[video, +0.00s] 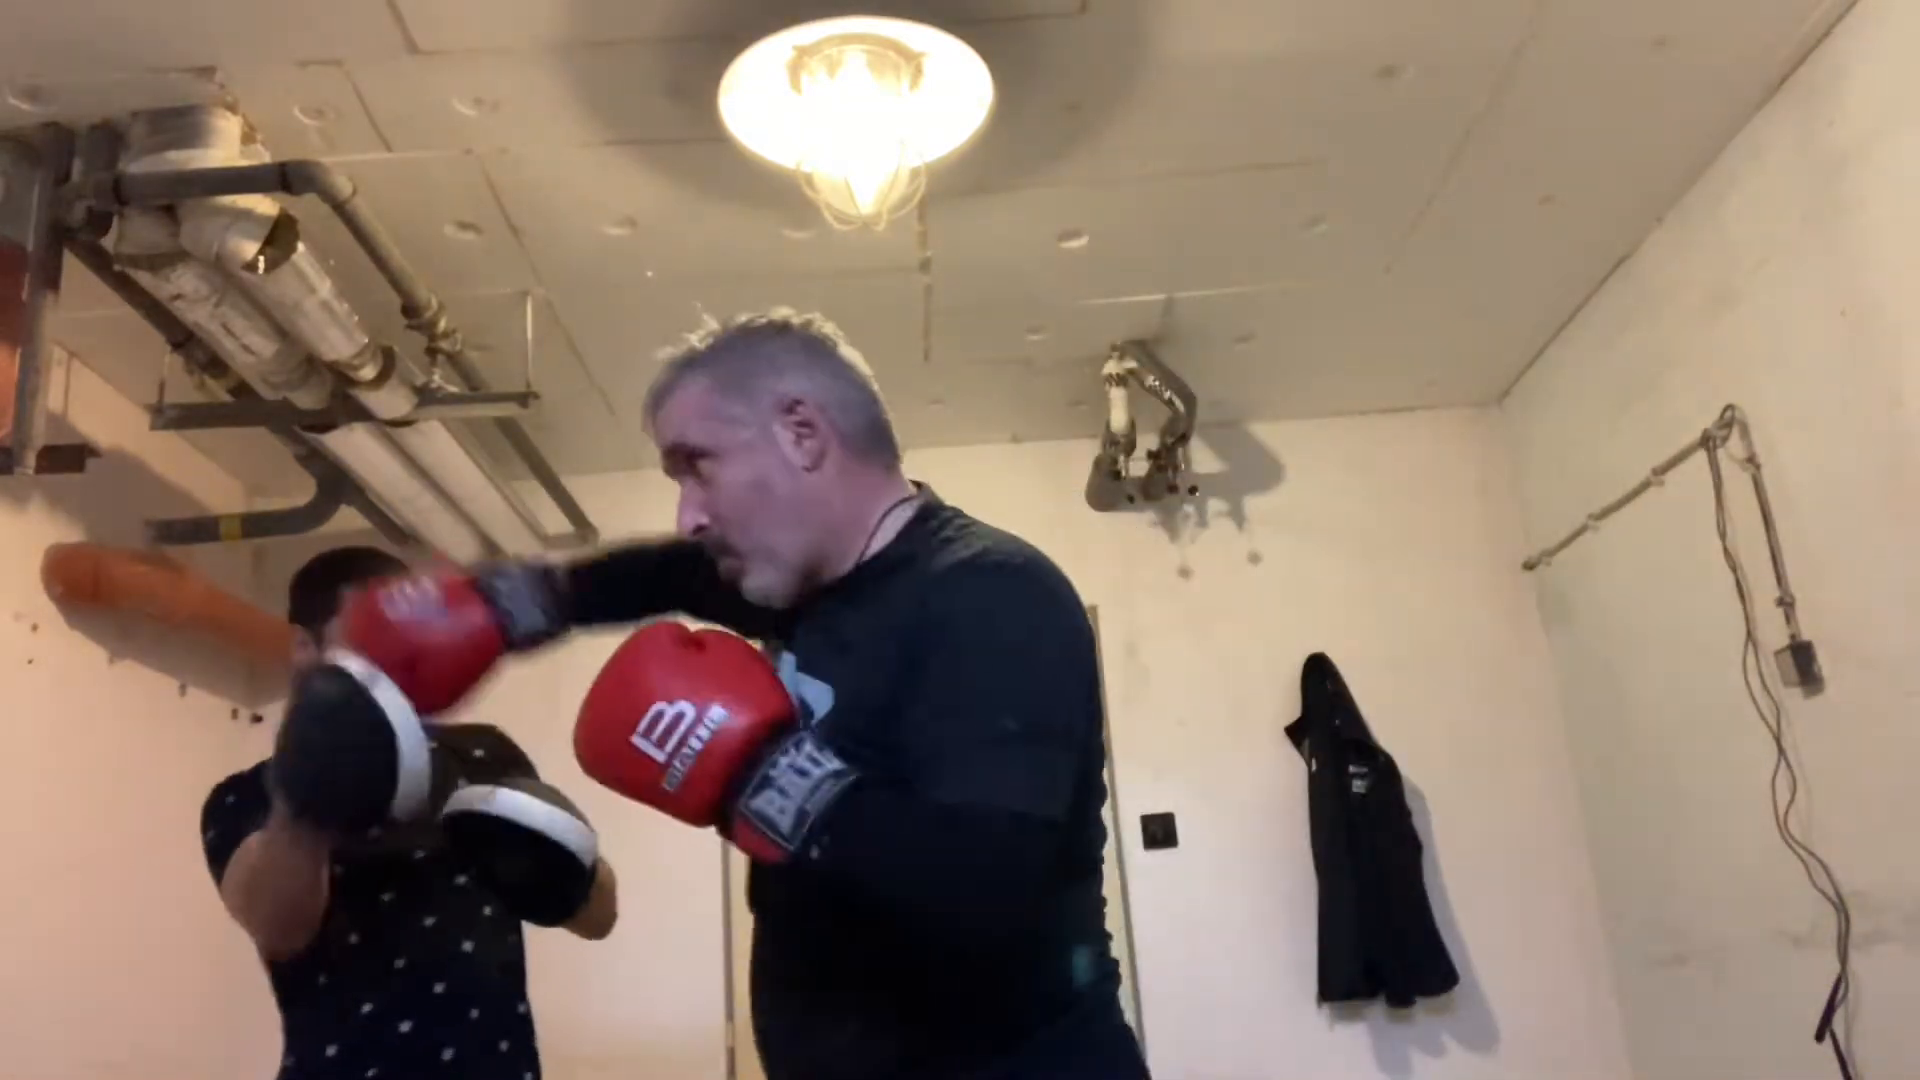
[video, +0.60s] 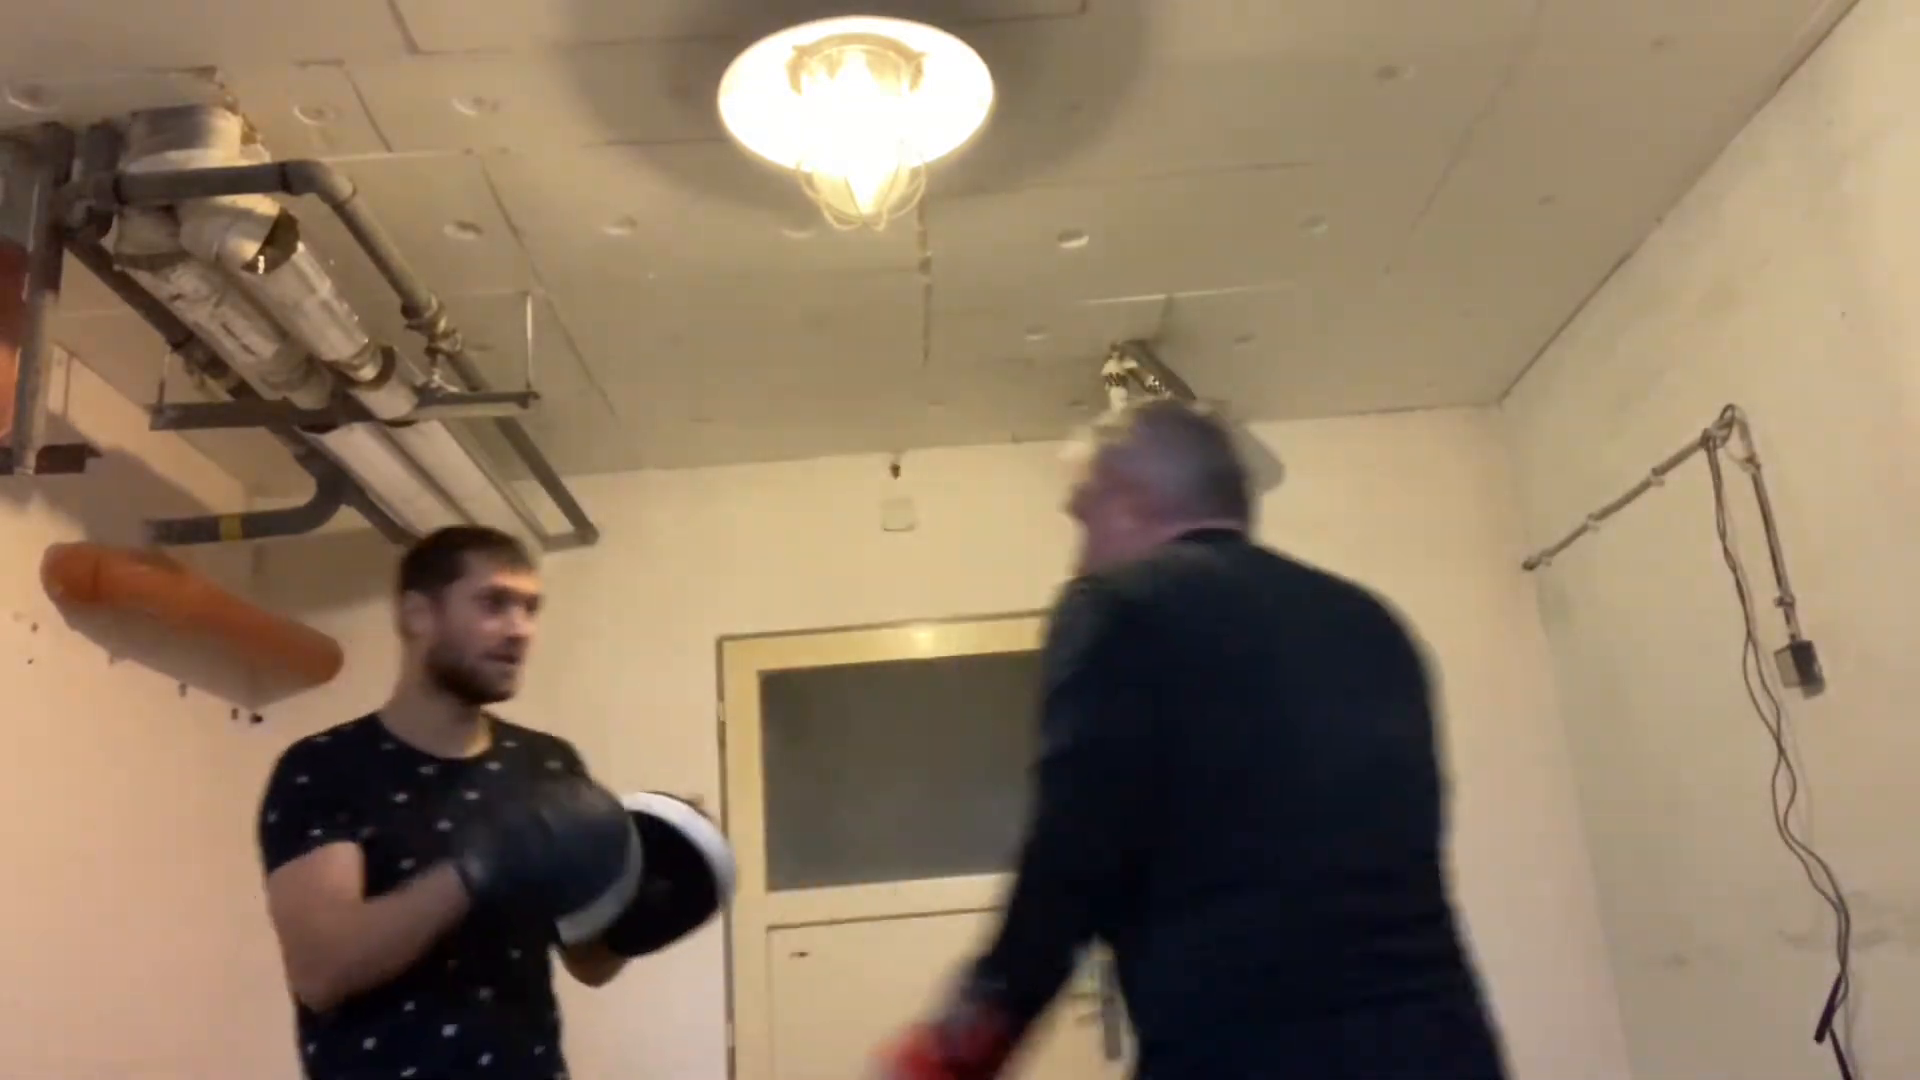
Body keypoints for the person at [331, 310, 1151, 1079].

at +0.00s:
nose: (688, 512)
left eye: (698, 467)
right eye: (678, 477)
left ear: (802, 437)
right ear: (798, 445)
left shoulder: (996, 603)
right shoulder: (815, 587)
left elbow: (994, 898)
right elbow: (677, 574)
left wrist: (770, 773)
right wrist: (507, 603)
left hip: (1008, 1061)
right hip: (834, 1054)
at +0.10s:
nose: (700, 509)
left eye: (711, 460)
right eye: (697, 469)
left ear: (812, 434)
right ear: (811, 435)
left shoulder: (987, 596)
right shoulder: (838, 604)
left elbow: (983, 895)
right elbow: (687, 653)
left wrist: (749, 776)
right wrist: (589, 662)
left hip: (1012, 1066)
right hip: (856, 1059)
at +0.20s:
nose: (722, 499)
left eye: (732, 453)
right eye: (723, 459)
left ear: (815, 438)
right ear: (816, 438)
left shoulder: (928, 589)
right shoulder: (925, 573)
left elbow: (925, 881)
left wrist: (719, 799)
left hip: (991, 1056)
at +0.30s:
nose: (782, 505)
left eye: (789, 466)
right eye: (781, 470)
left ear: (849, 450)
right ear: (948, 453)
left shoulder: (892, 596)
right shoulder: (1060, 578)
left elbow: (880, 870)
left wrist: (684, 845)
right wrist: (846, 741)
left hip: (989, 1051)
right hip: (1152, 1034)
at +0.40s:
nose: (910, 518)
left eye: (913, 484)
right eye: (909, 486)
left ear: (957, 470)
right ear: (1060, 472)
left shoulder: (956, 605)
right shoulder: (1192, 602)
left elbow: (869, 824)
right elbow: (1205, 841)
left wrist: (710, 960)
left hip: (1053, 1046)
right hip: (1246, 1040)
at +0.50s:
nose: (1006, 541)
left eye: (1011, 506)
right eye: (1005, 510)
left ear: (1055, 495)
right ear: (1158, 500)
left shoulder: (1041, 626)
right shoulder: (1284, 616)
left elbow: (961, 841)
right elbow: (1369, 820)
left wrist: (826, 1012)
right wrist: (1400, 985)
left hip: (1147, 1044)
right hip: (1341, 1040)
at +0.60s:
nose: (1080, 550)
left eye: (1085, 518)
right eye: (1078, 520)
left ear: (1134, 502)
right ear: (1229, 505)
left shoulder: (1120, 609)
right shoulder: (1370, 618)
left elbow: (1081, 845)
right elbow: (1395, 847)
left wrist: (980, 1021)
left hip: (1226, 1042)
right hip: (1431, 1040)